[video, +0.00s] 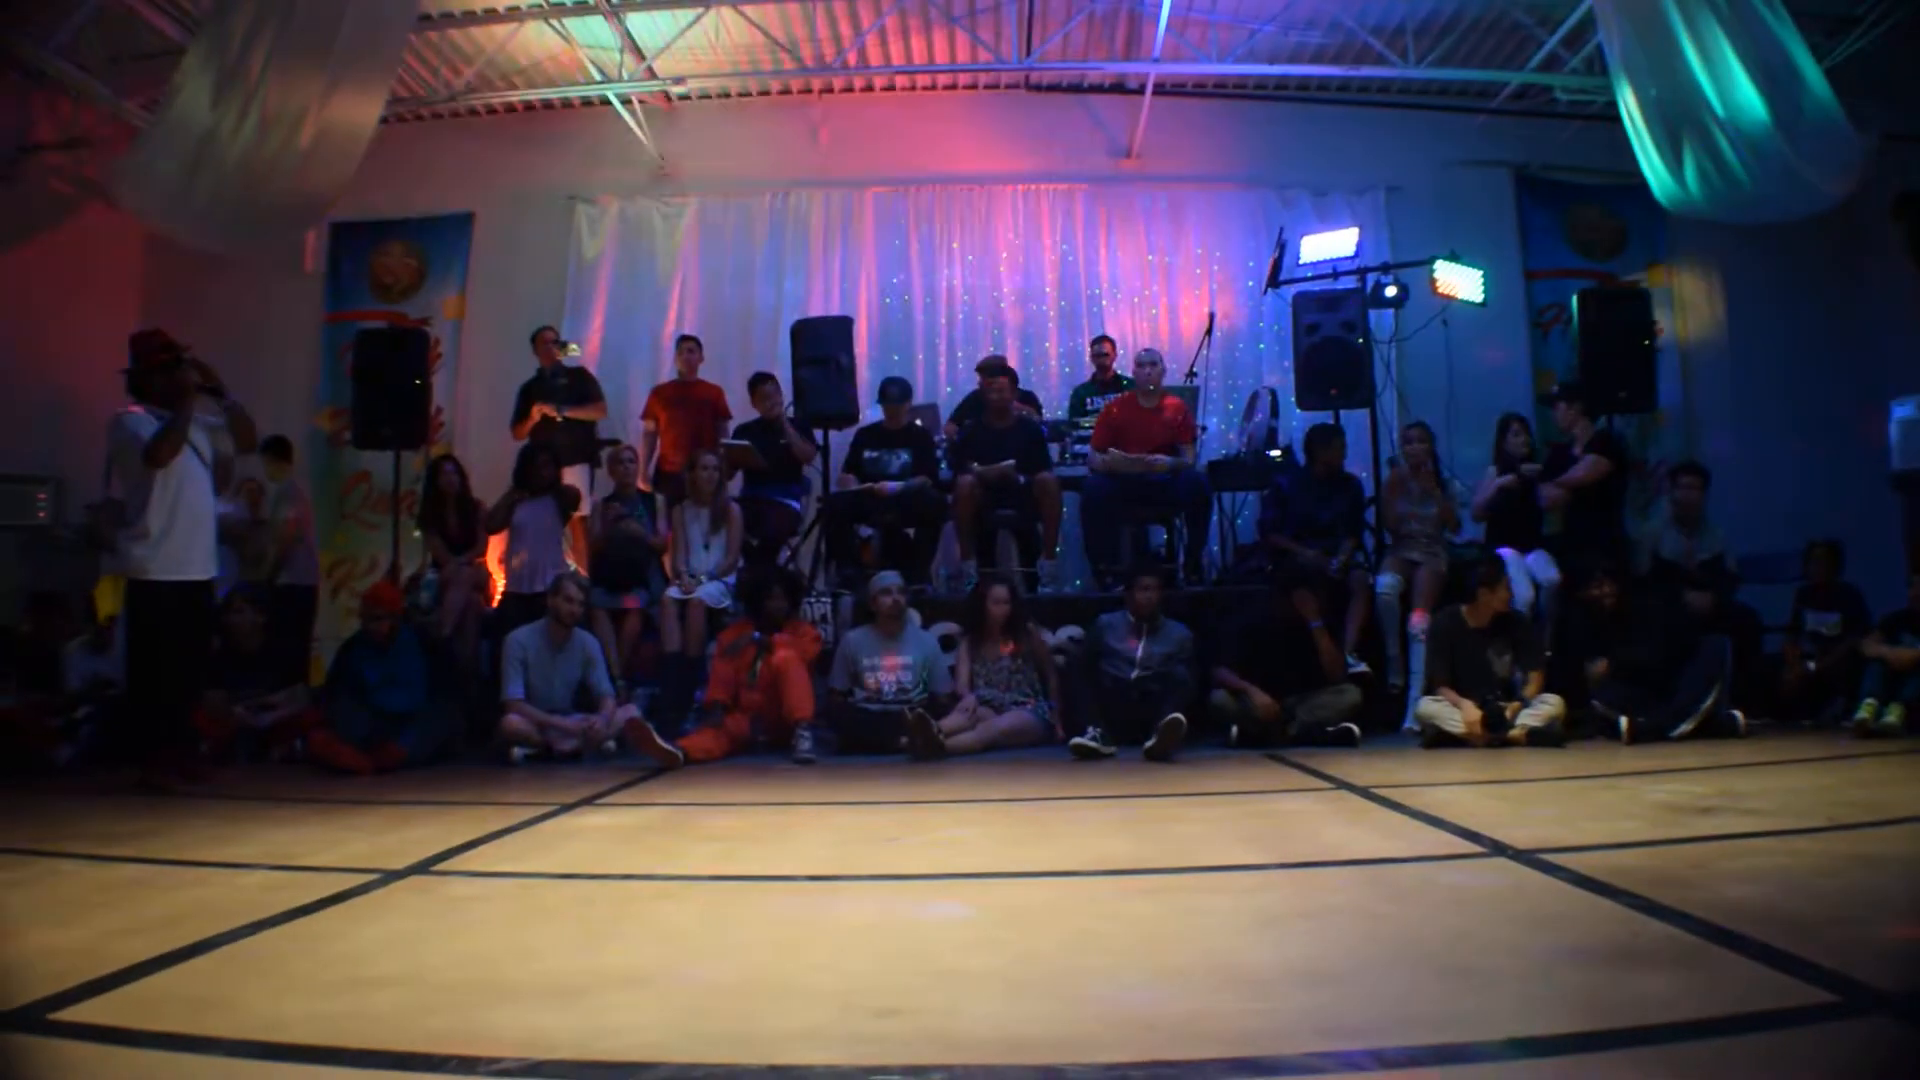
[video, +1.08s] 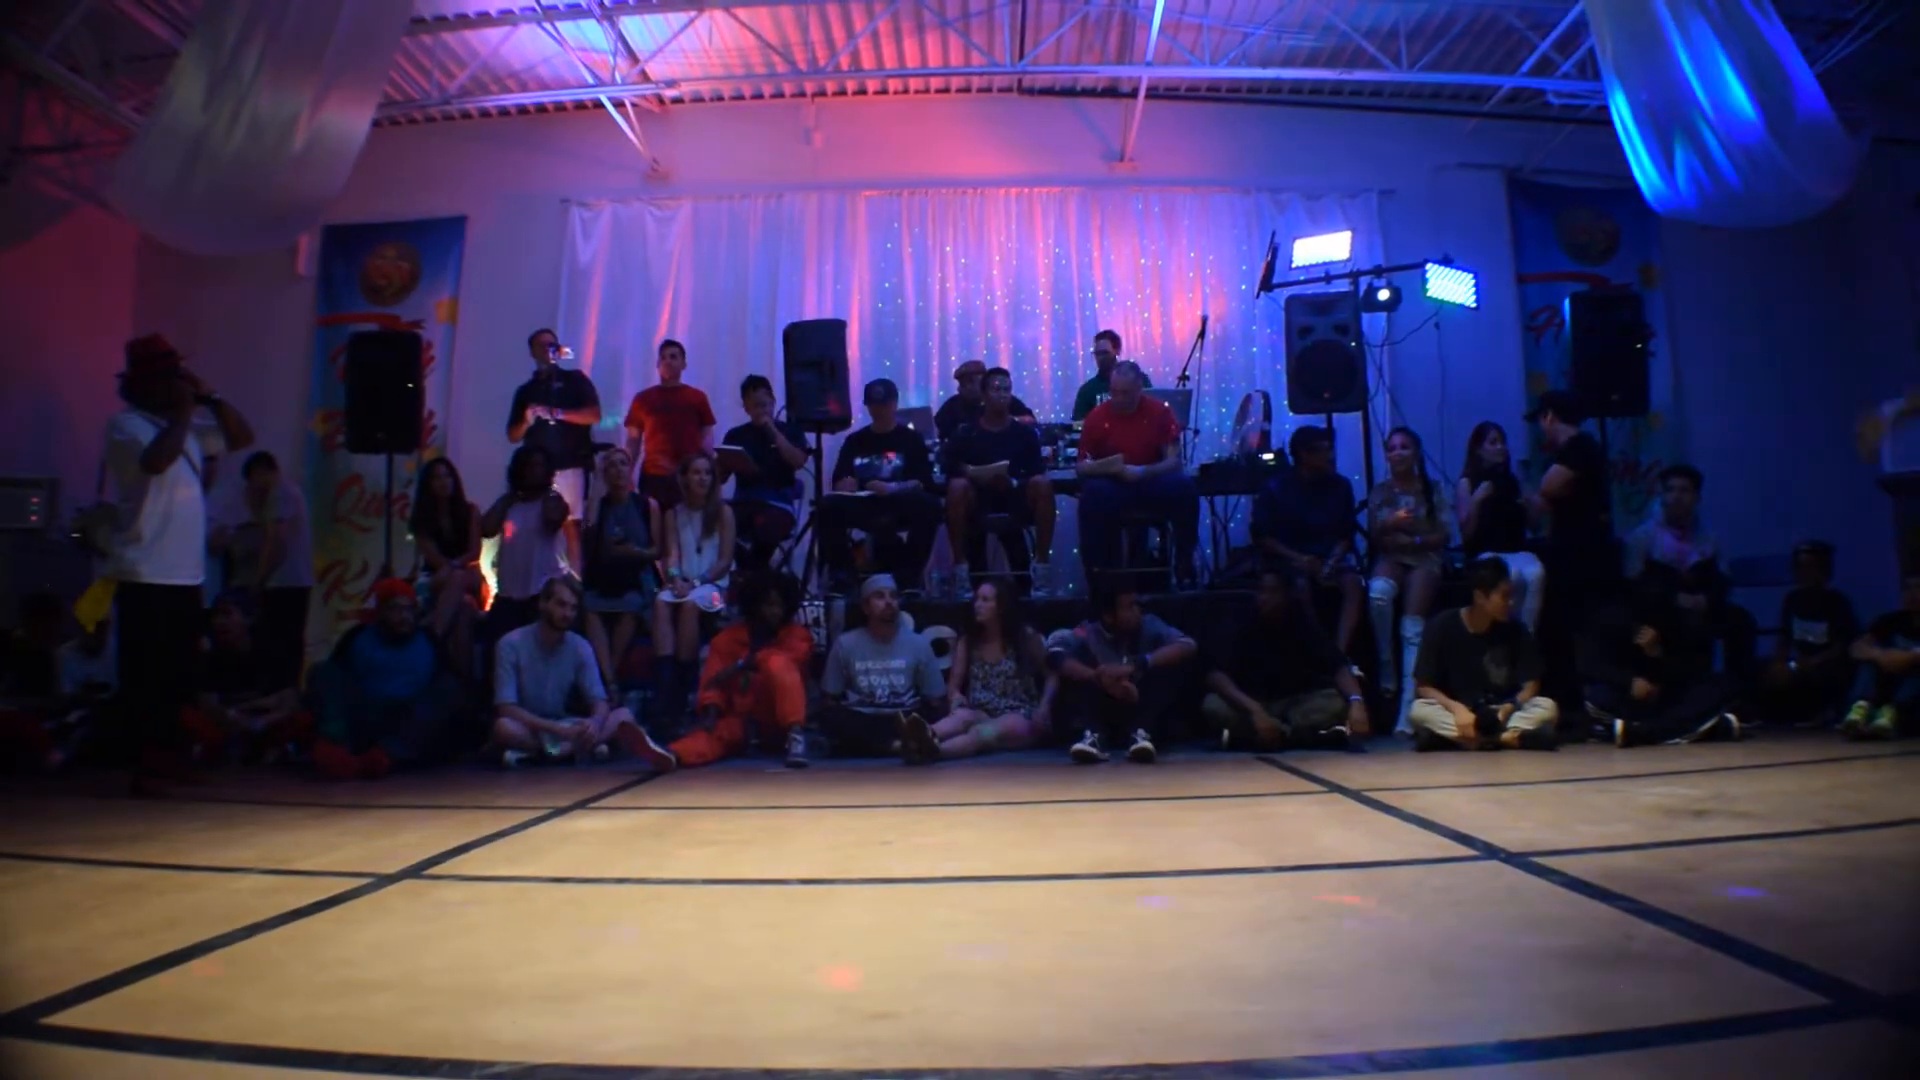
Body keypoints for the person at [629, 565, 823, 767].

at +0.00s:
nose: (777, 606)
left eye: (783, 599)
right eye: (771, 598)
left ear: (793, 603)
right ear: (757, 601)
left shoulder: (803, 631)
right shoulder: (736, 635)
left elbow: (805, 653)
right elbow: (722, 676)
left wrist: (767, 641)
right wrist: (716, 708)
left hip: (782, 713)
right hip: (745, 717)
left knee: (786, 658)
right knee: (718, 736)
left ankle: (803, 732)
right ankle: (679, 751)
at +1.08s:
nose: (773, 611)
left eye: (779, 605)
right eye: (767, 604)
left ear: (788, 608)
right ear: (753, 606)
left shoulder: (796, 636)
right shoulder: (727, 639)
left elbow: (794, 657)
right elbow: (711, 683)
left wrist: (755, 661)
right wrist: (712, 709)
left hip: (777, 714)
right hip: (739, 717)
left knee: (777, 662)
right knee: (716, 737)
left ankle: (795, 737)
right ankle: (672, 755)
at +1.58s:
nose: (762, 613)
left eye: (771, 607)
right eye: (758, 605)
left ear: (785, 612)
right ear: (750, 607)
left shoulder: (796, 636)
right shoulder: (726, 642)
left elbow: (784, 659)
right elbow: (707, 697)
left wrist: (743, 668)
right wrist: (727, 715)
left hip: (774, 720)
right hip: (737, 723)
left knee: (775, 660)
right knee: (709, 736)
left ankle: (794, 737)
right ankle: (670, 755)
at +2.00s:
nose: (760, 614)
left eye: (769, 607)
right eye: (757, 606)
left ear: (783, 612)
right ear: (749, 607)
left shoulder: (794, 637)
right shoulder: (726, 644)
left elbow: (785, 658)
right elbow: (707, 699)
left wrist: (743, 670)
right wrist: (732, 716)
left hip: (772, 720)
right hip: (737, 722)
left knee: (774, 661)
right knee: (710, 735)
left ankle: (794, 737)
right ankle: (669, 756)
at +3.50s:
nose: (772, 612)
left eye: (779, 605)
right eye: (767, 604)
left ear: (789, 608)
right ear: (753, 606)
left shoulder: (795, 636)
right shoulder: (726, 644)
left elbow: (785, 667)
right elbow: (709, 705)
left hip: (774, 720)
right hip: (736, 723)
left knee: (776, 661)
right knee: (711, 735)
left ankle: (794, 737)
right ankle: (670, 755)